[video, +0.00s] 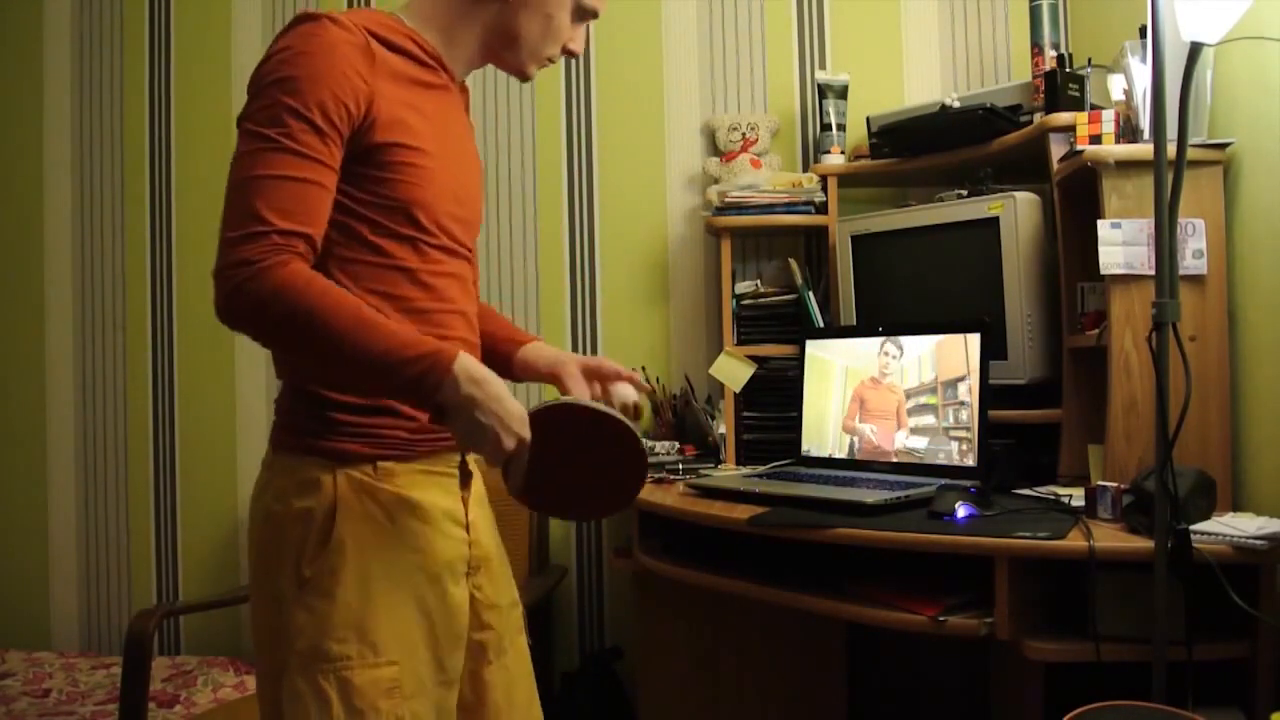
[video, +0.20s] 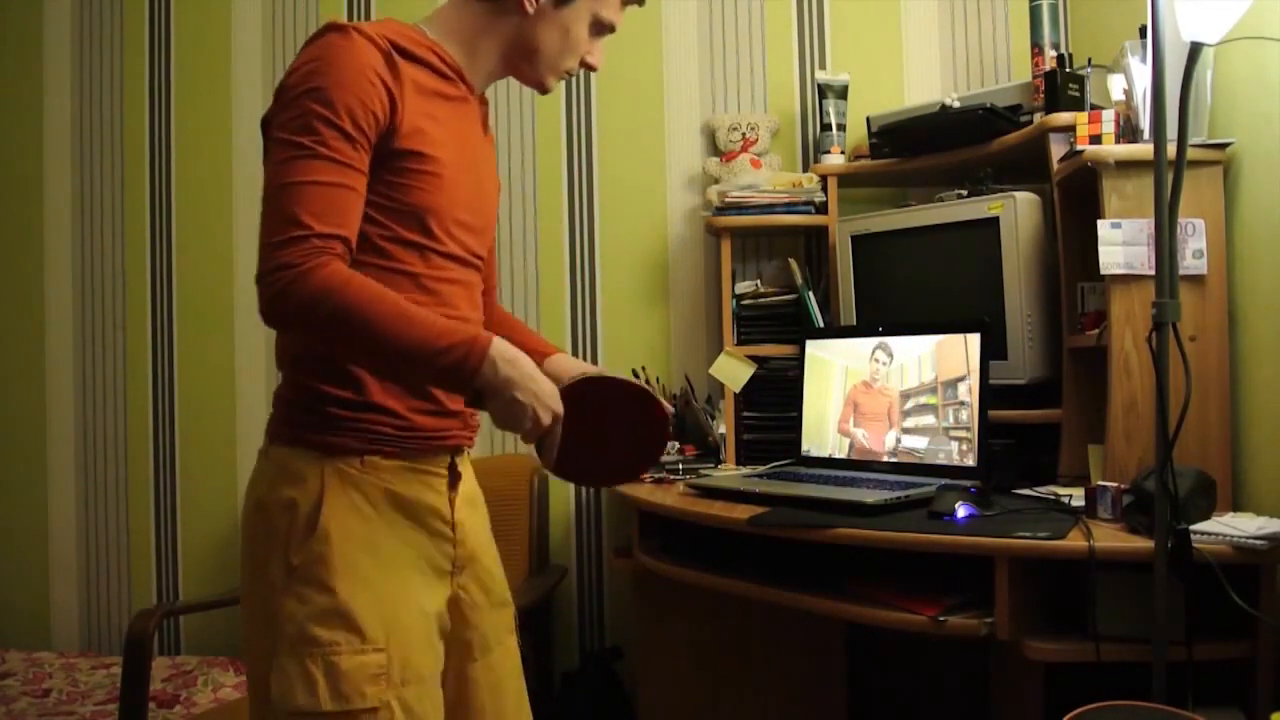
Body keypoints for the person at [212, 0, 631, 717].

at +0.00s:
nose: (578, 47)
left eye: (589, 25)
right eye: (583, 13)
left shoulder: (447, 94)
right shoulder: (331, 50)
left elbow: (426, 294)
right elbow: (252, 274)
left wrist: (547, 360)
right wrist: (445, 375)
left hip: (456, 494)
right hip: (350, 499)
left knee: (503, 710)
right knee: (362, 709)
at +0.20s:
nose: (594, 60)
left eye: (606, 37)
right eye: (599, 27)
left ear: (534, 7)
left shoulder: (470, 111)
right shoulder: (353, 60)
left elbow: (470, 308)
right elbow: (294, 277)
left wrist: (561, 370)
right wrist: (483, 362)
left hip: (448, 495)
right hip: (343, 498)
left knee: (492, 708)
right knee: (360, 707)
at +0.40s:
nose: (586, 67)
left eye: (597, 44)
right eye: (589, 34)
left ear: (528, 9)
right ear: (530, 2)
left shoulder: (462, 112)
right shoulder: (349, 60)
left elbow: (477, 309)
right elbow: (305, 274)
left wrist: (573, 381)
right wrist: (489, 355)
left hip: (437, 491)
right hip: (328, 491)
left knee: (475, 707)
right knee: (347, 707)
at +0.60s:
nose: (552, 61)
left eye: (563, 39)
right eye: (556, 28)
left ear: (496, 7)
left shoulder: (425, 117)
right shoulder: (308, 57)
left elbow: (455, 322)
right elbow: (271, 276)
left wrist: (588, 403)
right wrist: (458, 355)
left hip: (409, 502)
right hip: (293, 505)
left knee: (462, 712)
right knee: (298, 711)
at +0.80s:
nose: (494, 45)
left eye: (506, 23)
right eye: (497, 11)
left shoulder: (374, 119)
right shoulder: (230, 42)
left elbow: (415, 314)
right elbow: (189, 278)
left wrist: (571, 353)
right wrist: (395, 356)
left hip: (363, 513)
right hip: (232, 517)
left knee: (425, 708)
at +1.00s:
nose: (461, 15)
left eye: (466, 4)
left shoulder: (339, 110)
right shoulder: (174, 35)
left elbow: (385, 306)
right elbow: (59, 261)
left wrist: (540, 305)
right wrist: (267, 370)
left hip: (341, 518)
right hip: (203, 524)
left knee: (408, 711)